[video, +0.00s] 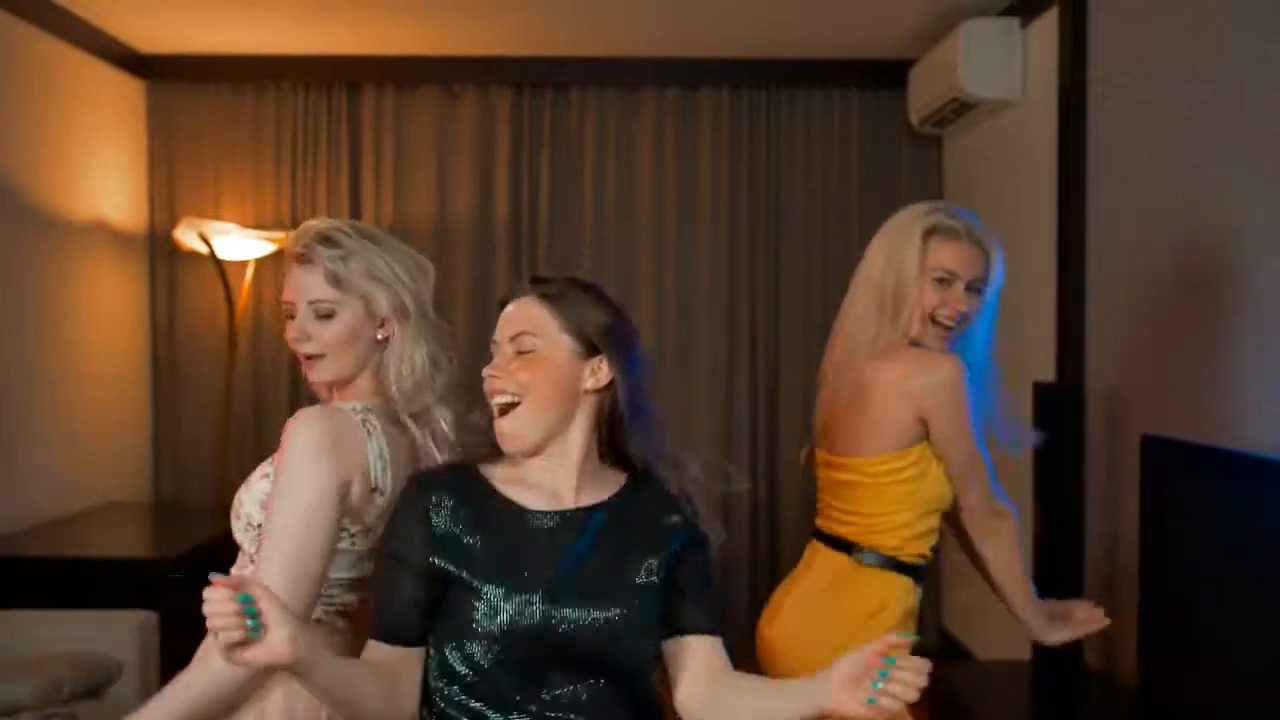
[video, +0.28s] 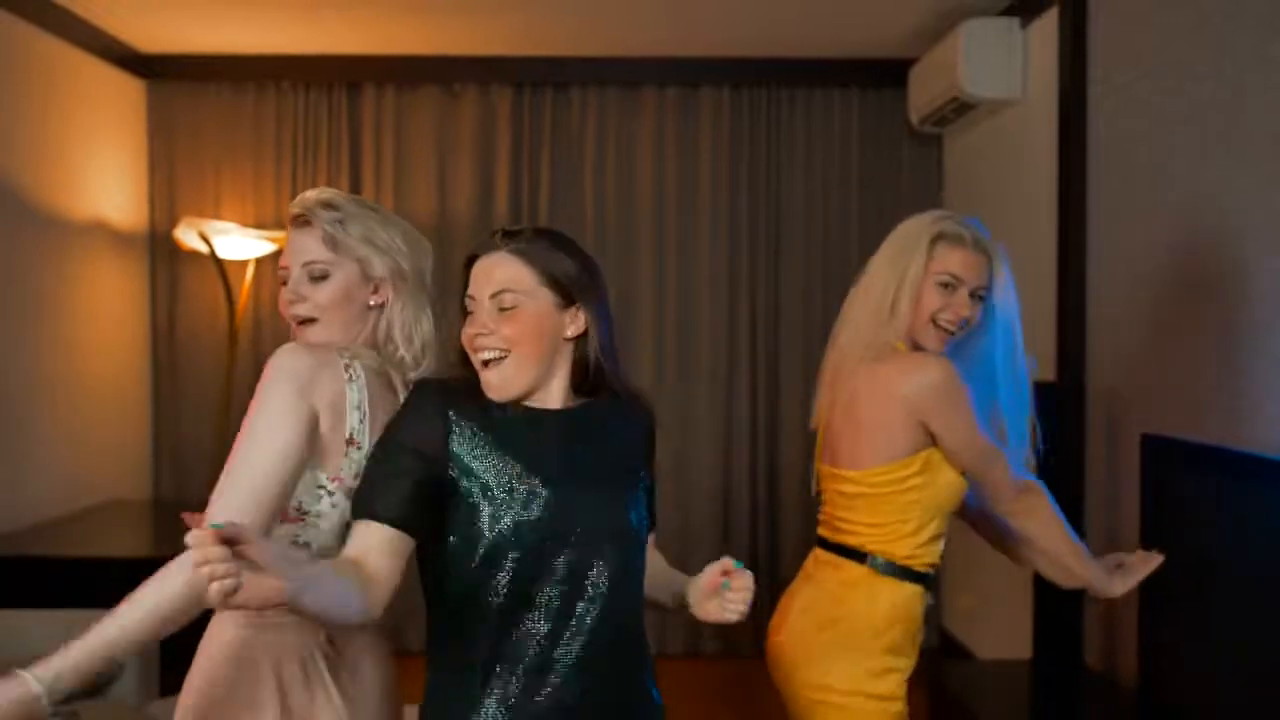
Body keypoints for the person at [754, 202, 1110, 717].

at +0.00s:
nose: (959, 305)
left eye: (973, 290)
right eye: (942, 281)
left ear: (984, 297)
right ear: (899, 275)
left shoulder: (847, 362)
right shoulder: (932, 373)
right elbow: (982, 513)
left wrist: (1029, 610)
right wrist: (1037, 620)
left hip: (799, 619)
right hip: (861, 636)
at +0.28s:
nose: (962, 310)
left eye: (976, 297)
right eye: (946, 286)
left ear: (985, 307)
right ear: (904, 279)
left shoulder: (853, 370)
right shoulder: (924, 378)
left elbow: (977, 507)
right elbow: (1011, 497)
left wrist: (1066, 572)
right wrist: (1095, 578)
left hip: (816, 633)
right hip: (855, 651)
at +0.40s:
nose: (964, 304)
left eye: (979, 293)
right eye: (950, 280)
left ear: (987, 304)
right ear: (907, 273)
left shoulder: (864, 367)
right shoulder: (918, 372)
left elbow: (989, 493)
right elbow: (1018, 474)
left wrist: (1087, 537)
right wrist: (1113, 536)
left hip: (813, 627)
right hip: (833, 642)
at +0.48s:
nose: (965, 306)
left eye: (980, 294)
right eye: (951, 281)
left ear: (988, 305)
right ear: (909, 274)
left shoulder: (864, 366)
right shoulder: (909, 374)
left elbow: (981, 483)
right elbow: (1034, 472)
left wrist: (1105, 496)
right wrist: (1125, 494)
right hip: (838, 641)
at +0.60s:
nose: (975, 309)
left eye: (986, 297)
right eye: (961, 284)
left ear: (993, 306)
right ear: (915, 273)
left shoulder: (859, 371)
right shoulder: (913, 377)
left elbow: (957, 469)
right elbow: (1068, 463)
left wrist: (1054, 435)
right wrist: (1101, 397)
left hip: (815, 616)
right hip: (846, 637)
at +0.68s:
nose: (984, 313)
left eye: (986, 296)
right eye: (972, 291)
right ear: (921, 288)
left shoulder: (858, 376)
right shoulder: (900, 391)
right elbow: (1074, 450)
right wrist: (1079, 368)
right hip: (844, 651)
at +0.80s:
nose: (982, 299)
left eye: (982, 282)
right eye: (977, 283)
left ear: (885, 276)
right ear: (952, 299)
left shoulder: (843, 369)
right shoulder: (926, 416)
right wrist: (1060, 402)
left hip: (796, 627)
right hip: (848, 658)